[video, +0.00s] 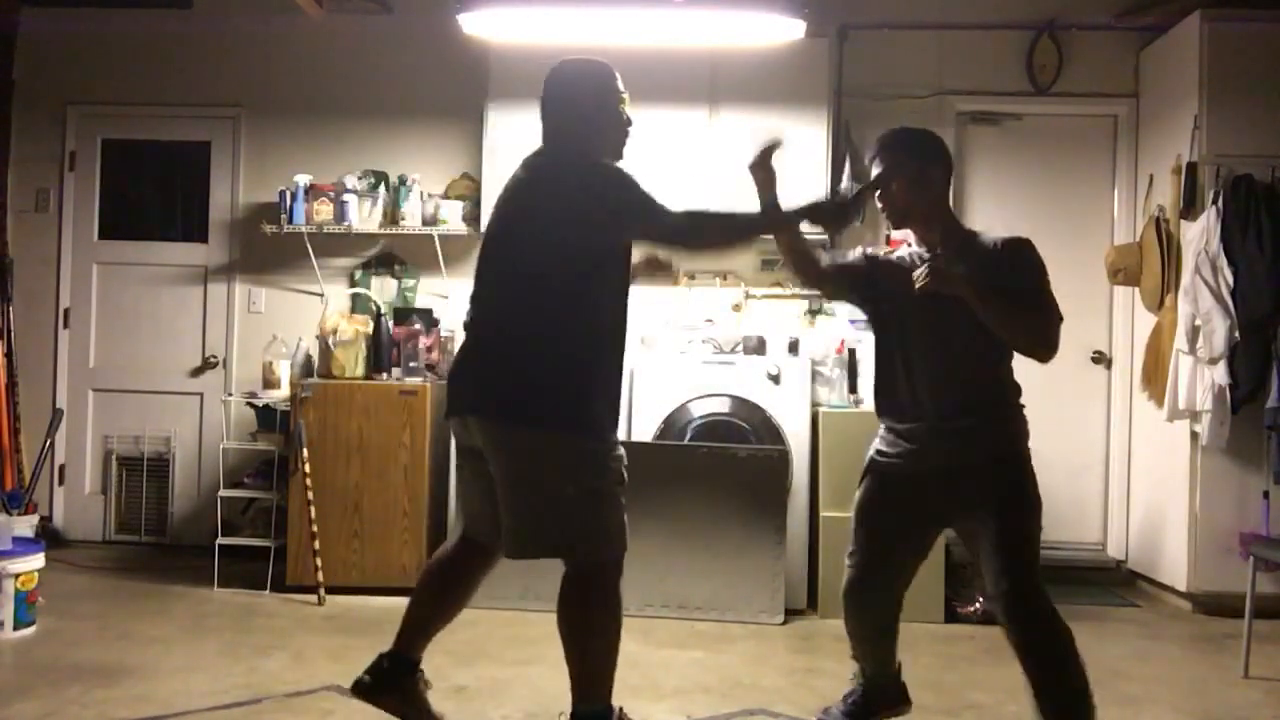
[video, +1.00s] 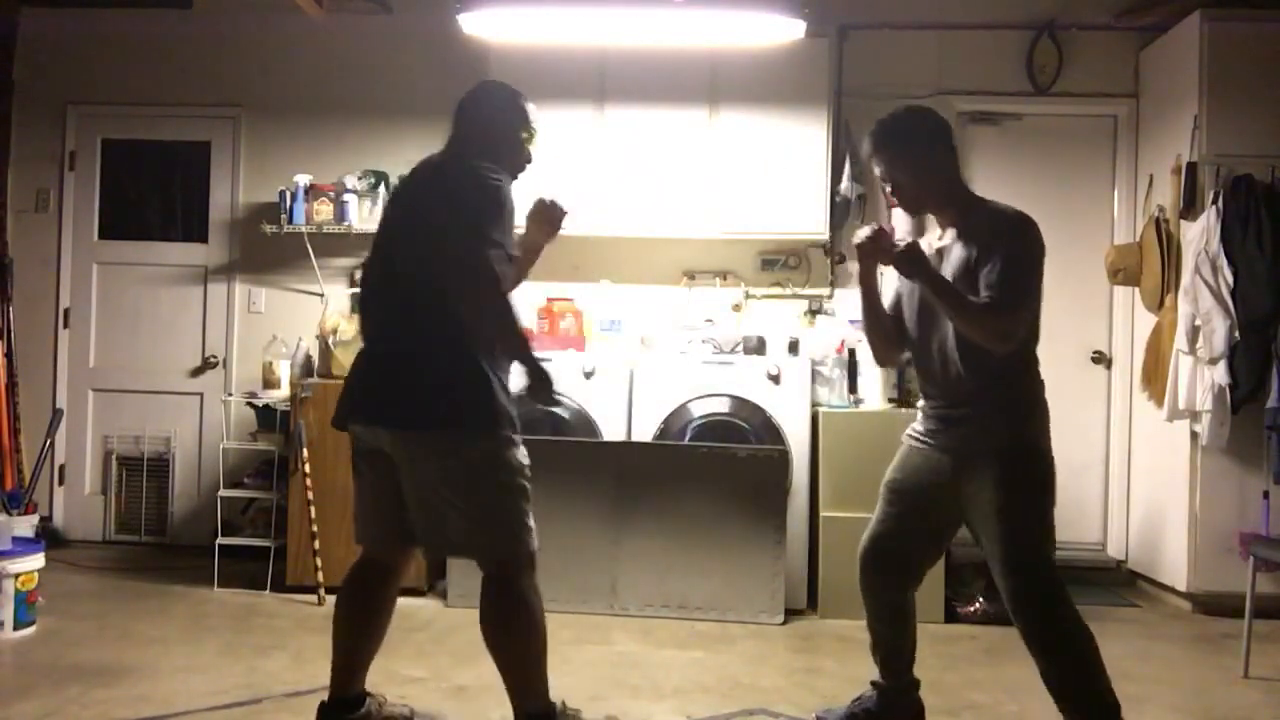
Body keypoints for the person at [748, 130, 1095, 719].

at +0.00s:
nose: (877, 194)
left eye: (888, 180)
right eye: (875, 183)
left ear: (932, 177)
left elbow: (1043, 343)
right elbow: (808, 268)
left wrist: (967, 288)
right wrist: (769, 193)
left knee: (1016, 598)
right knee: (864, 589)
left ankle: (1073, 715)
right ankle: (879, 688)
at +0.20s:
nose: (892, 178)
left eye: (904, 163)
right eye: (890, 166)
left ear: (952, 160)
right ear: (900, 172)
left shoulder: (1021, 239)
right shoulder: (897, 273)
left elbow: (1043, 335)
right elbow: (888, 381)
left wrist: (956, 287)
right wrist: (839, 370)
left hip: (990, 453)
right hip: (906, 450)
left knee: (1013, 613)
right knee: (860, 584)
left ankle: (1074, 718)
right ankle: (883, 684)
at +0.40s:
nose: (892, 172)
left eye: (901, 154)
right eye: (890, 157)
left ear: (947, 149)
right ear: (927, 155)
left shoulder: (1003, 230)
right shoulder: (927, 254)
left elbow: (994, 341)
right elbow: (909, 360)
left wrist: (916, 285)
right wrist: (859, 325)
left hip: (983, 447)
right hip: (916, 440)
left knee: (1007, 615)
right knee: (864, 569)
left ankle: (1074, 719)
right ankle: (892, 693)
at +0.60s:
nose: (883, 176)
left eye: (891, 159)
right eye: (879, 162)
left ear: (936, 151)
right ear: (895, 163)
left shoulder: (995, 230)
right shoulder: (914, 239)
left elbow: (957, 330)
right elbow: (873, 333)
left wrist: (901, 257)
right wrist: (852, 257)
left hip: (982, 437)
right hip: (917, 434)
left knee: (1007, 601)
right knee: (868, 563)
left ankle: (1070, 718)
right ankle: (894, 695)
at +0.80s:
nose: (872, 189)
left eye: (878, 172)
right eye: (866, 177)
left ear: (918, 157)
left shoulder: (993, 228)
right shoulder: (898, 245)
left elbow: (987, 330)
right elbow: (868, 343)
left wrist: (899, 265)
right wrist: (846, 266)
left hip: (990, 434)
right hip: (919, 432)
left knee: (1021, 592)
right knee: (878, 567)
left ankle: (1071, 716)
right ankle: (896, 696)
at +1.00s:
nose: (886, 191)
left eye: (893, 175)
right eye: (881, 178)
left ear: (934, 162)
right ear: (920, 171)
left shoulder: (1011, 232)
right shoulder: (916, 252)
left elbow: (1003, 333)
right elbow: (888, 350)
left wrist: (915, 268)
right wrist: (867, 275)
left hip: (1004, 439)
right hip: (933, 435)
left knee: (1032, 597)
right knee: (882, 563)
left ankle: (1100, 716)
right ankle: (896, 695)